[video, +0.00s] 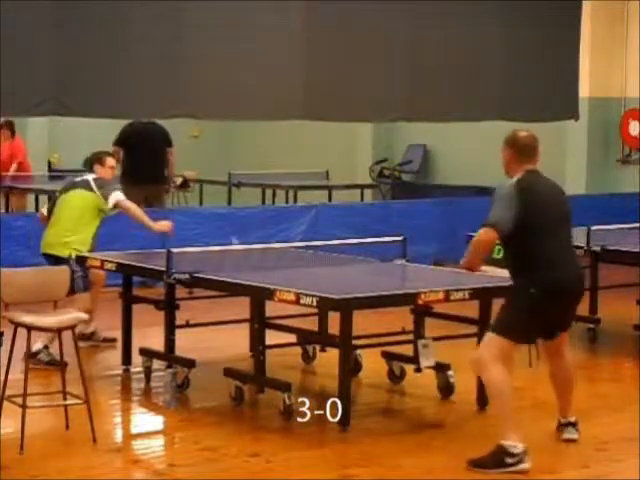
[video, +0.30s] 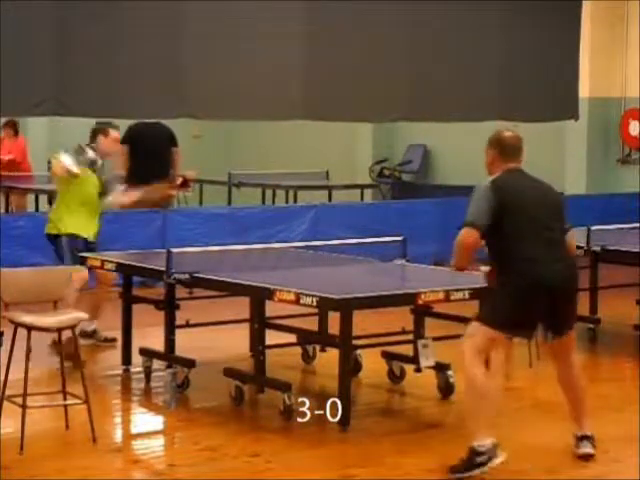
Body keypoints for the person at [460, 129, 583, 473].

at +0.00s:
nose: (503, 161)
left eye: (503, 156)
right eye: (504, 155)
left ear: (509, 157)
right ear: (536, 155)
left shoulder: (512, 190)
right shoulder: (554, 189)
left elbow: (486, 238)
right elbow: (554, 237)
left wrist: (469, 265)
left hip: (537, 285)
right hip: (570, 281)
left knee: (489, 356)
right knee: (556, 346)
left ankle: (511, 446)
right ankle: (567, 420)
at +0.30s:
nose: (485, 162)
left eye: (486, 157)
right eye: (487, 156)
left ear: (492, 156)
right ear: (520, 157)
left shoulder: (492, 188)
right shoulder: (549, 191)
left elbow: (468, 238)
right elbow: (568, 247)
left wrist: (462, 265)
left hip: (518, 285)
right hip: (562, 283)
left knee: (472, 351)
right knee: (565, 354)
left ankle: (483, 444)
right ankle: (584, 435)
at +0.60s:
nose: (477, 178)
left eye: (477, 173)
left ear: (481, 173)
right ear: (511, 173)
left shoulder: (471, 207)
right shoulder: (536, 204)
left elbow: (456, 260)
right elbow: (567, 258)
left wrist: (446, 293)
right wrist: (577, 280)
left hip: (499, 308)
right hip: (547, 304)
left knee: (447, 377)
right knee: (558, 362)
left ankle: (466, 458)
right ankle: (587, 437)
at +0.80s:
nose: (489, 153)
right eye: (488, 147)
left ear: (455, 155)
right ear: (487, 148)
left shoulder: (449, 193)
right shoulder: (514, 179)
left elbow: (432, 250)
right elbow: (537, 233)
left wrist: (436, 271)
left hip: (482, 297)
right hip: (529, 292)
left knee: (449, 377)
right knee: (553, 369)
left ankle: (460, 460)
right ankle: (580, 445)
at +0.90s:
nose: (450, 151)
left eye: (447, 146)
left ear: (448, 147)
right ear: (481, 140)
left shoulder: (448, 187)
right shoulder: (510, 171)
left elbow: (436, 245)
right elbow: (532, 221)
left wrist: (432, 268)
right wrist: (507, 239)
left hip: (481, 294)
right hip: (529, 287)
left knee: (452, 375)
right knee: (549, 365)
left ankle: (460, 460)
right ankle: (575, 447)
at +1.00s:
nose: (444, 144)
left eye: (444, 139)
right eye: (446, 138)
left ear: (448, 139)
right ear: (481, 136)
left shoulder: (451, 181)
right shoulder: (510, 165)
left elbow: (448, 238)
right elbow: (530, 218)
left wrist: (432, 262)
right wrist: (499, 235)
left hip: (484, 285)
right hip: (529, 278)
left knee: (454, 370)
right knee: (547, 364)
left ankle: (460, 461)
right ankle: (573, 448)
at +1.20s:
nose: (461, 153)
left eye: (462, 147)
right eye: (464, 147)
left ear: (468, 148)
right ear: (498, 145)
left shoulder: (467, 189)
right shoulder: (530, 184)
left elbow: (460, 244)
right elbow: (544, 240)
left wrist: (438, 268)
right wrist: (523, 269)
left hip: (491, 298)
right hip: (538, 295)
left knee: (452, 369)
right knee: (544, 366)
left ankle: (461, 461)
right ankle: (565, 449)